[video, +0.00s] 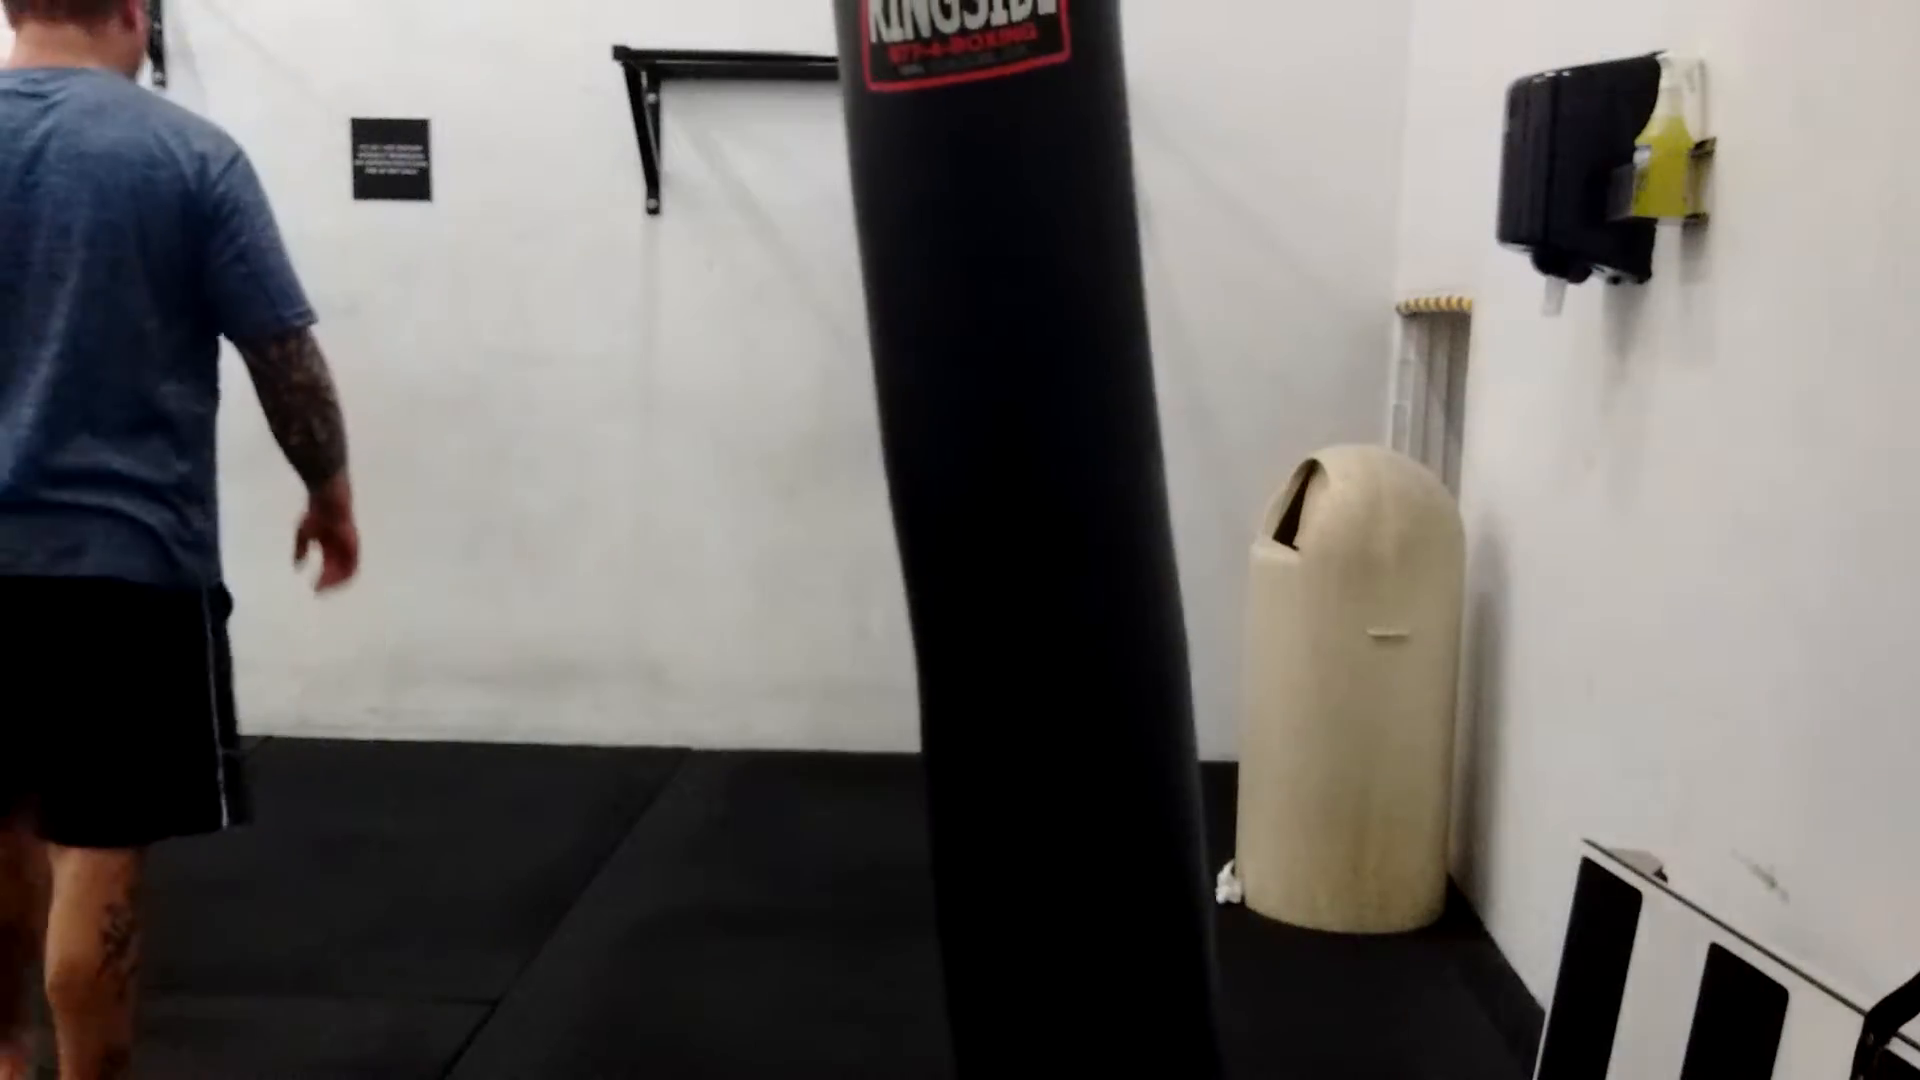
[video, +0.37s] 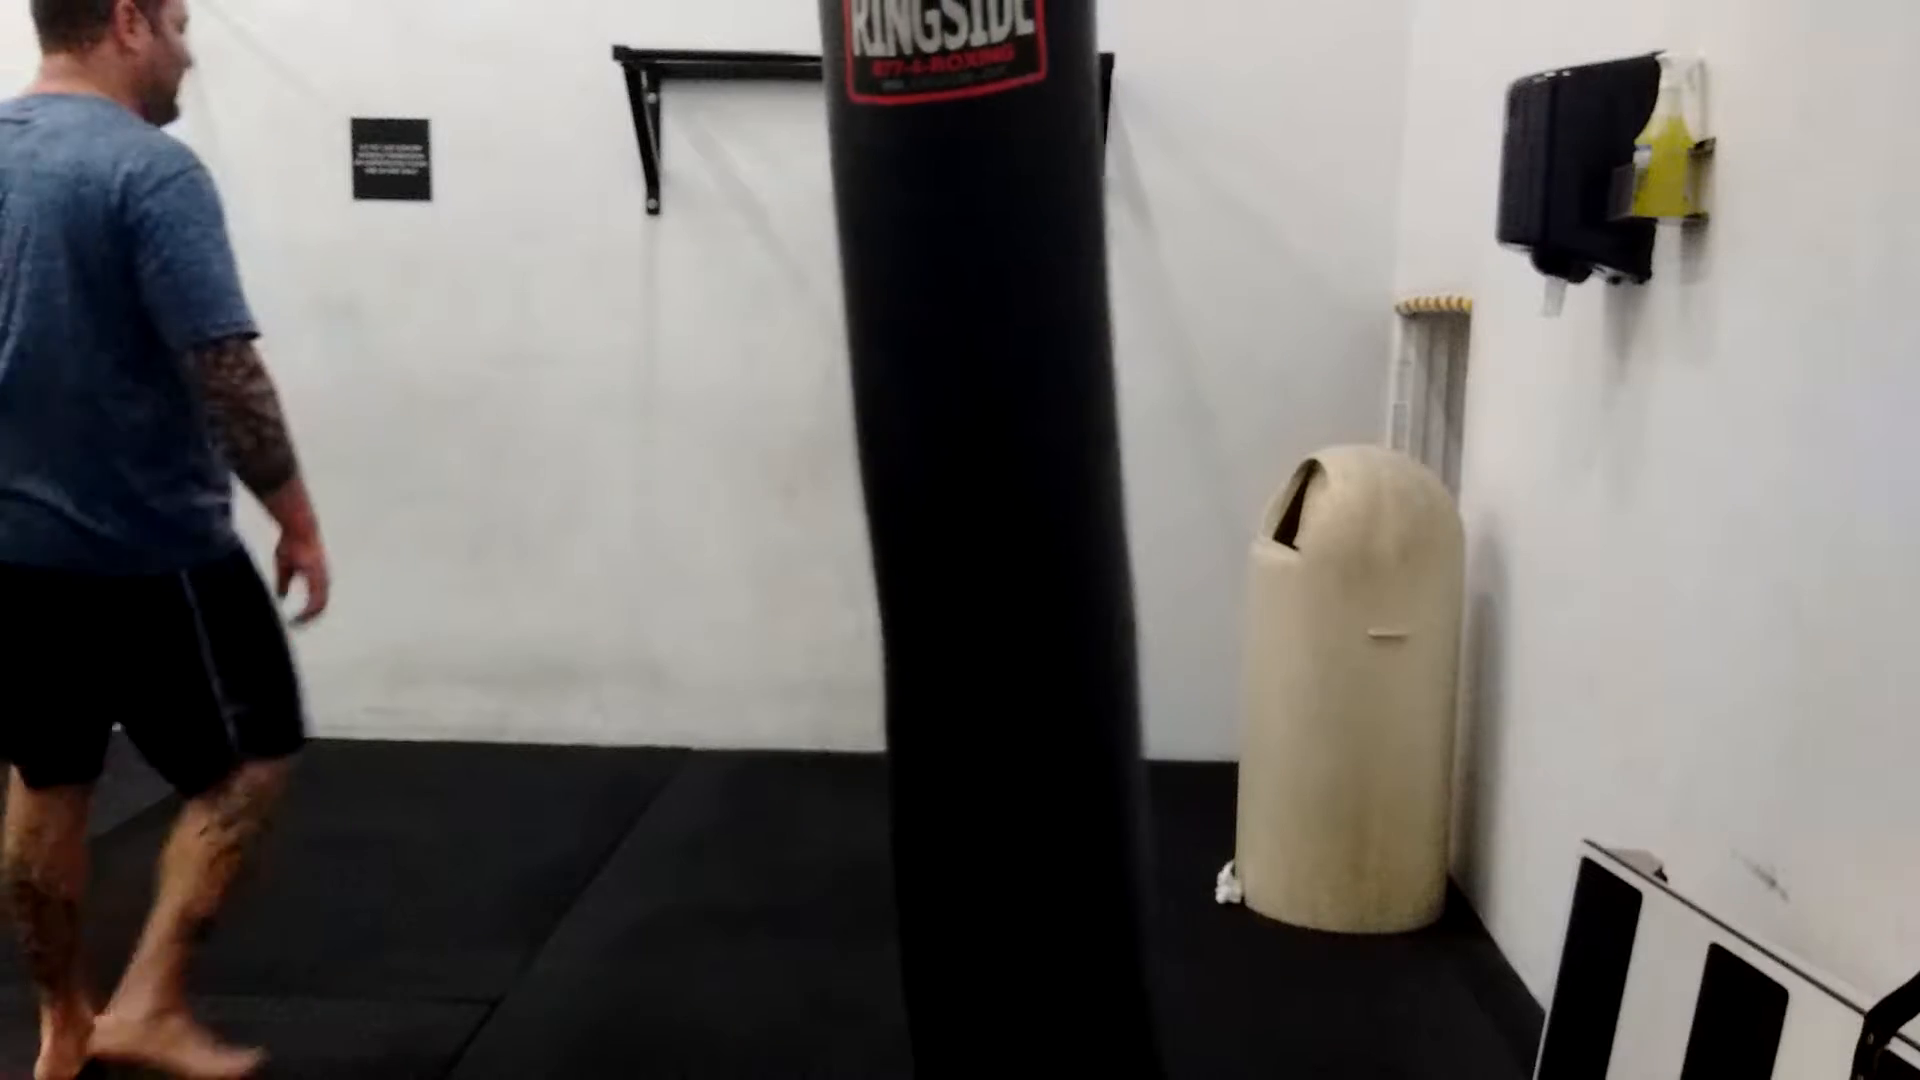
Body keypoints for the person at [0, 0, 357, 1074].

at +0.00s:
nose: (145, 37)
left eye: (142, 27)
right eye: (146, 23)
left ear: (14, 18)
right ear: (132, 18)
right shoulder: (188, 152)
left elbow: (280, 351)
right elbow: (284, 353)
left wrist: (323, 484)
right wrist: (327, 487)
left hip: (1, 546)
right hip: (128, 557)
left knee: (11, 833)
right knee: (101, 847)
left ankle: (14, 1054)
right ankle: (89, 1069)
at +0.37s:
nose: (188, 50)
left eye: (186, 27)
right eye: (179, 26)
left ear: (73, 29)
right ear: (128, 22)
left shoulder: (8, 139)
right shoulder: (147, 166)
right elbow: (225, 367)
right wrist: (294, 515)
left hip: (24, 533)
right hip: (151, 535)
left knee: (44, 771)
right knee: (251, 753)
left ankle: (61, 1028)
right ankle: (146, 1005)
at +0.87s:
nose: (262, 56)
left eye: (262, 34)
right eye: (236, 33)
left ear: (179, 50)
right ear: (162, 46)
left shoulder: (189, 168)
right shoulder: (161, 185)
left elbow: (196, 375)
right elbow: (183, 388)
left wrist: (271, 525)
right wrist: (267, 548)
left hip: (206, 520)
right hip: (196, 528)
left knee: (213, 729)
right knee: (240, 748)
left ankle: (116, 907)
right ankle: (240, 978)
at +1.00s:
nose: (276, 54)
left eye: (283, 34)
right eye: (249, 32)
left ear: (292, 45)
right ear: (182, 45)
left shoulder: (237, 167)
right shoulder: (167, 178)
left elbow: (241, 351)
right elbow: (168, 374)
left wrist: (304, 501)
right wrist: (272, 526)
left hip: (284, 508)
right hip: (207, 521)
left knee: (352, 667)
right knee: (233, 739)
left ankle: (219, 871)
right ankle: (238, 978)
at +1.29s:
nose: (323, 65)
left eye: (337, 46)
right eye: (299, 44)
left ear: (353, 64)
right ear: (249, 59)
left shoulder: (380, 194)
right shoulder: (200, 194)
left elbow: (432, 314)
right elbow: (168, 366)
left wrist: (456, 393)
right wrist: (214, 514)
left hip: (377, 516)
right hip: (264, 525)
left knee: (398, 723)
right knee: (255, 751)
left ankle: (431, 915)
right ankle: (241, 976)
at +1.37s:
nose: (343, 65)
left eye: (358, 49)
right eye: (320, 45)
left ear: (376, 68)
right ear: (274, 63)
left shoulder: (416, 198)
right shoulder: (218, 194)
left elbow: (486, 310)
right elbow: (173, 358)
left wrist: (499, 373)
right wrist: (192, 512)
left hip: (396, 516)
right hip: (272, 525)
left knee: (408, 721)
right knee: (271, 747)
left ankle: (432, 915)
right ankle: (245, 974)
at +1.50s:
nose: (371, 73)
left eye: (389, 58)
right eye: (351, 53)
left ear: (410, 79)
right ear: (309, 69)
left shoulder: (455, 208)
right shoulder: (247, 197)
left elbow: (539, 317)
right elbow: (183, 345)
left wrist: (553, 364)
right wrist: (164, 494)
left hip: (421, 514)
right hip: (296, 519)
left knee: (411, 718)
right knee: (284, 738)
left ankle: (433, 914)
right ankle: (254, 961)